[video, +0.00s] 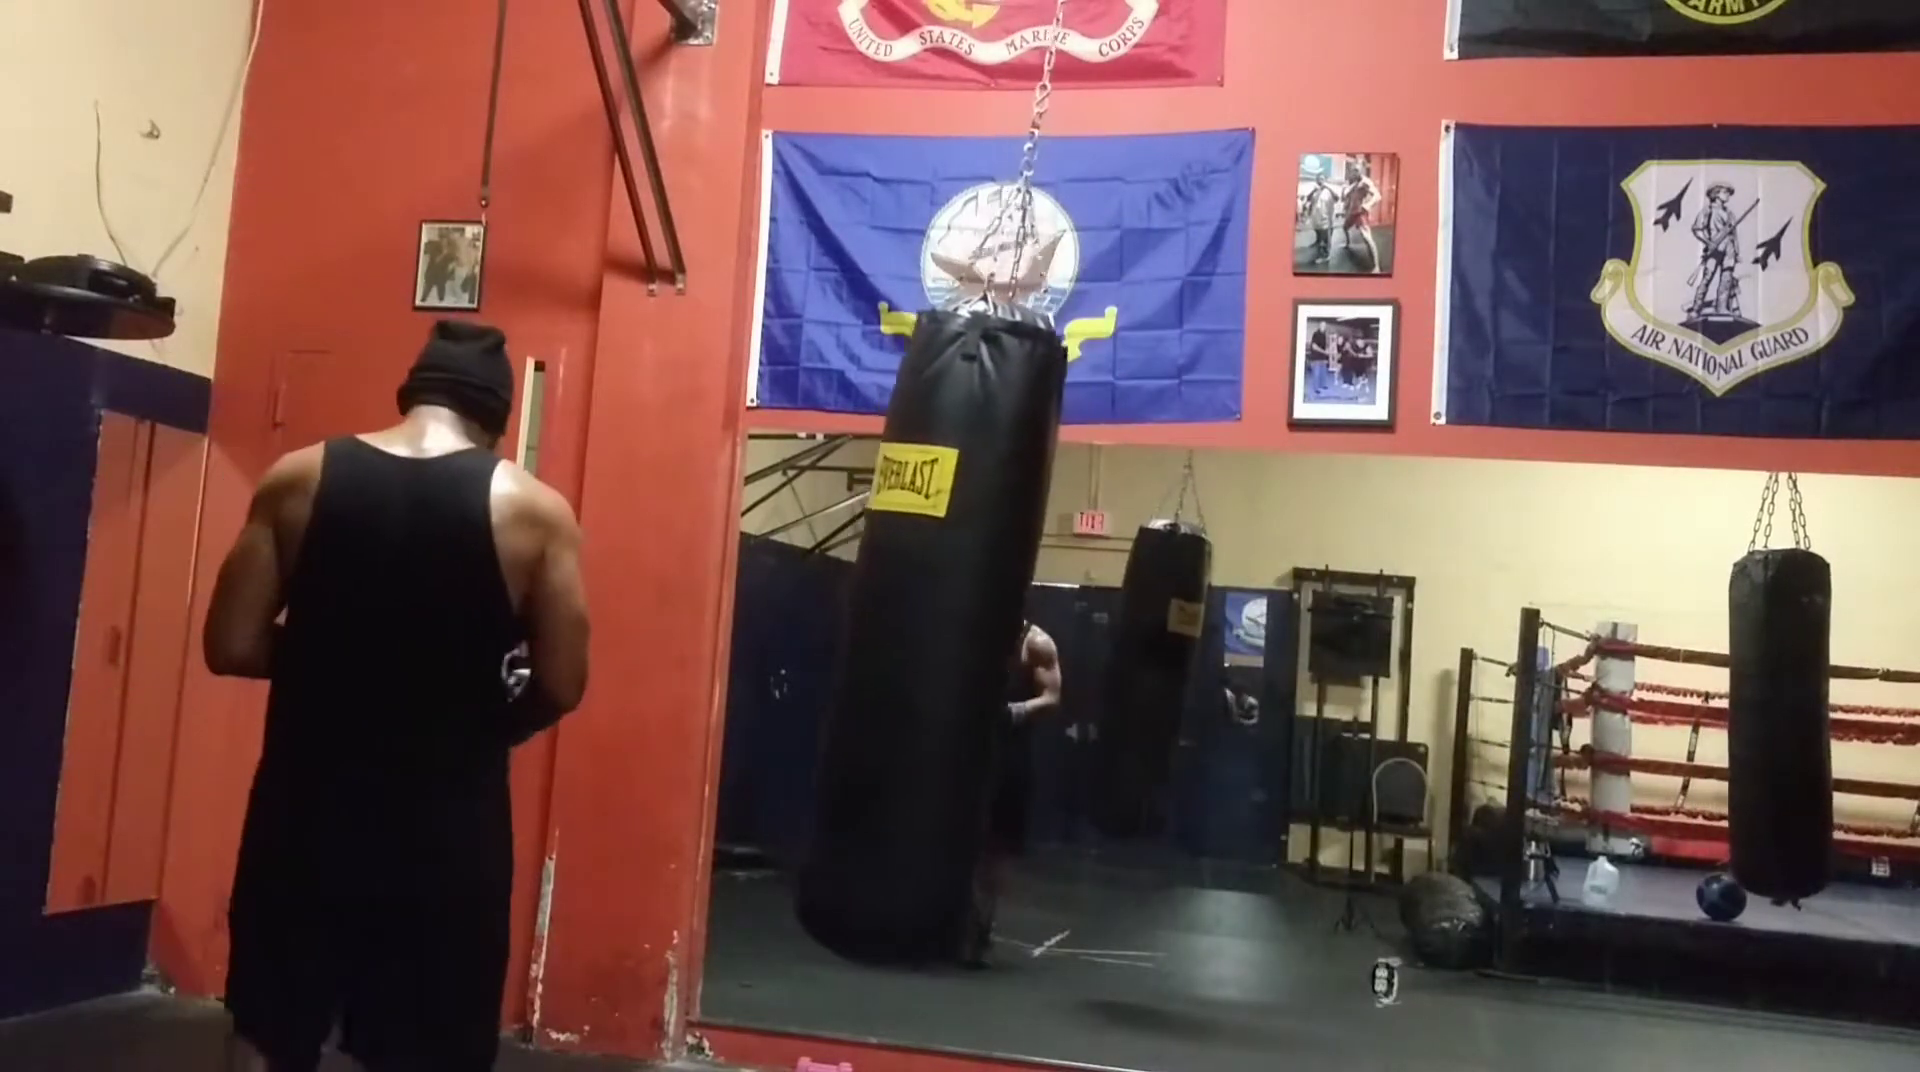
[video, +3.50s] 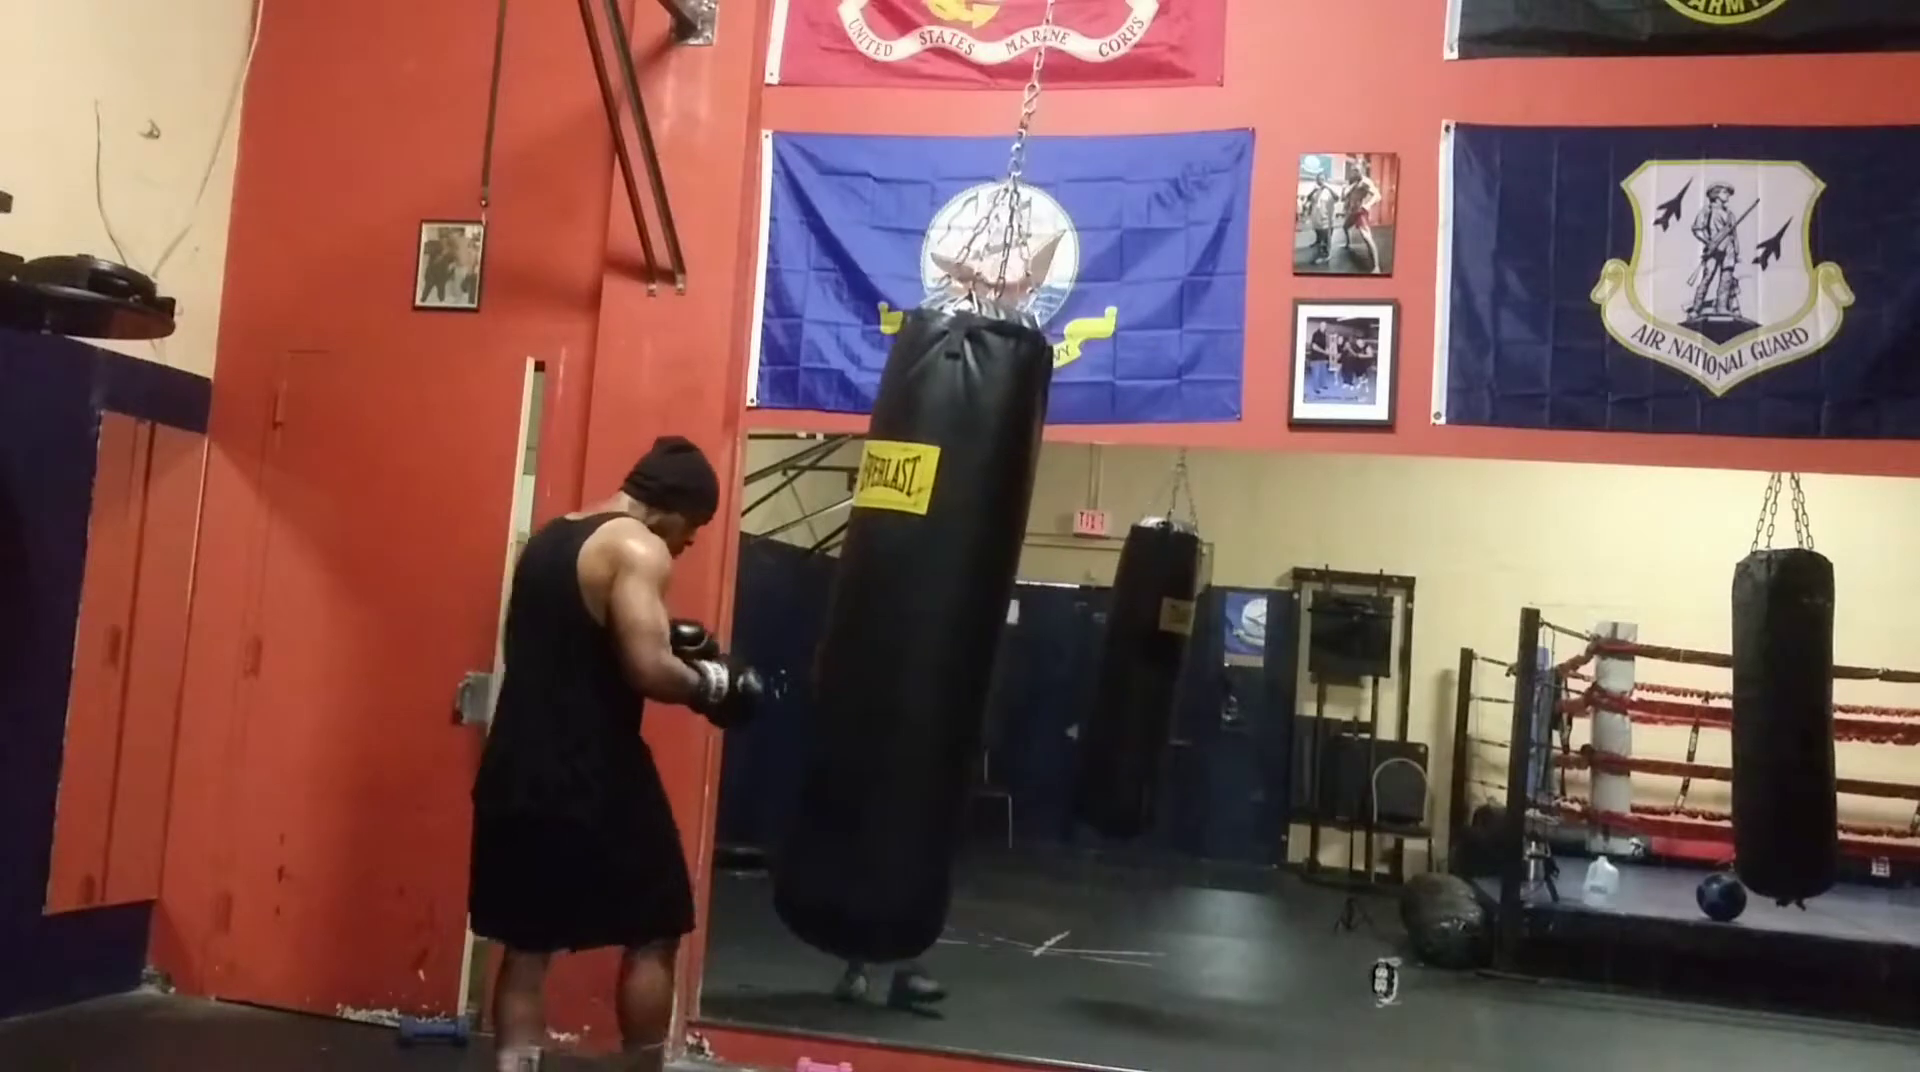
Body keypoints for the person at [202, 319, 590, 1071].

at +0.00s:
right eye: (501, 415)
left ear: (407, 396)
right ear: (501, 420)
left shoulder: (301, 477)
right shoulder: (538, 513)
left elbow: (231, 646)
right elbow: (560, 686)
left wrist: (337, 650)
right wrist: (474, 723)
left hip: (300, 830)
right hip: (443, 851)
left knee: (271, 1044)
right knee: (423, 1052)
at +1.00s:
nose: (508, 483)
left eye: (509, 470)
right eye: (511, 470)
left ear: (433, 432)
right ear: (503, 457)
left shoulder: (324, 499)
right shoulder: (502, 514)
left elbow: (276, 643)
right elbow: (539, 668)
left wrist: (366, 618)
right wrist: (573, 671)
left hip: (332, 785)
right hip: (450, 794)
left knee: (330, 997)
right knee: (464, 977)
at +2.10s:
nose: (603, 525)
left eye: (605, 513)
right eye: (608, 514)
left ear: (545, 468)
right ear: (606, 498)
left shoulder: (438, 524)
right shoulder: (591, 544)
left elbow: (390, 655)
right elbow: (618, 690)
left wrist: (471, 632)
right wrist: (651, 695)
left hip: (433, 780)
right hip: (527, 791)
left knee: (433, 958)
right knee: (509, 981)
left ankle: (408, 1062)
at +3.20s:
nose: (659, 543)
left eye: (665, 531)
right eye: (663, 529)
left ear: (602, 491)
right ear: (648, 508)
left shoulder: (512, 541)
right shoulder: (626, 555)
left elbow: (461, 661)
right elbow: (642, 680)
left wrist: (555, 641)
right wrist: (687, 695)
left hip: (490, 786)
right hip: (576, 791)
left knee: (512, 961)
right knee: (605, 950)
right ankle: (525, 1061)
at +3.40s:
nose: (674, 542)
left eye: (681, 530)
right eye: (678, 528)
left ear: (620, 492)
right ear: (659, 508)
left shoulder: (532, 540)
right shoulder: (635, 554)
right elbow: (647, 672)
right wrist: (698, 692)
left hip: (508, 766)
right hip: (591, 771)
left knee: (528, 933)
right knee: (664, 919)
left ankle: (514, 1063)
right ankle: (589, 1052)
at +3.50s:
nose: (688, 539)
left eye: (695, 527)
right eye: (692, 525)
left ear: (634, 489)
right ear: (674, 507)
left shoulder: (551, 538)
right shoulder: (640, 550)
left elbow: (566, 644)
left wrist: (660, 636)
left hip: (518, 767)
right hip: (599, 774)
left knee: (527, 943)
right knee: (655, 932)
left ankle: (513, 1065)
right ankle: (646, 1064)